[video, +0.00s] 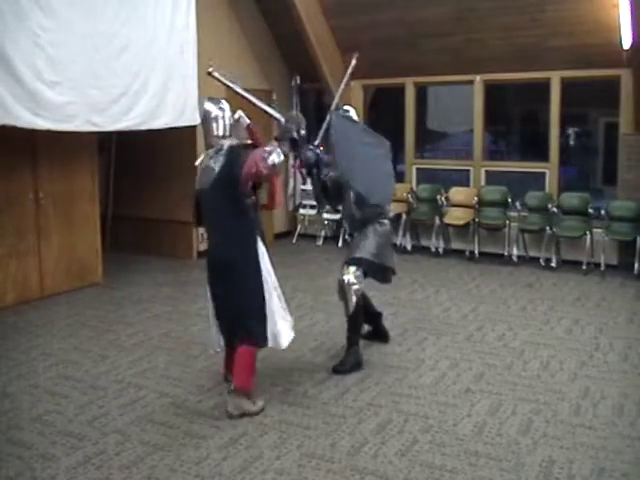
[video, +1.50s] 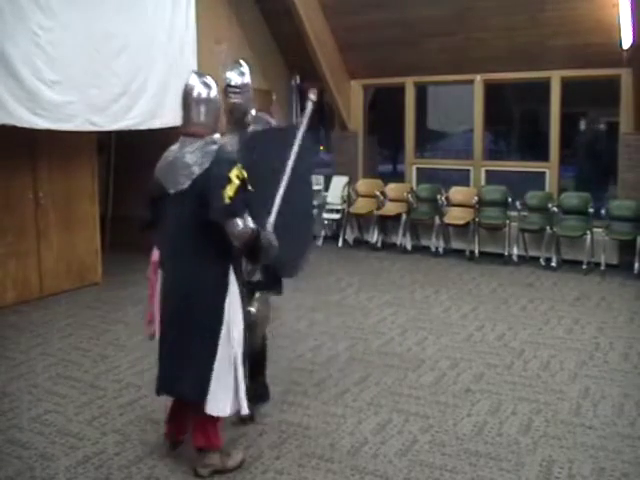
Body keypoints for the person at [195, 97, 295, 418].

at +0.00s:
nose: (250, 130)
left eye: (246, 125)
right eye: (247, 127)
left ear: (216, 132)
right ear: (242, 130)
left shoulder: (207, 162)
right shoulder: (245, 158)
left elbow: (199, 214)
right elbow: (266, 163)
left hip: (217, 250)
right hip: (243, 248)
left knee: (230, 314)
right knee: (252, 317)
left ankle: (232, 373)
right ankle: (241, 393)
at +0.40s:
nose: (212, 124)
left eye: (204, 121)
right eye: (212, 120)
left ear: (185, 127)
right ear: (215, 126)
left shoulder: (179, 161)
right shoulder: (225, 159)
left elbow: (174, 210)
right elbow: (239, 201)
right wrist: (261, 189)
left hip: (195, 257)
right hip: (229, 256)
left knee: (197, 327)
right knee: (242, 324)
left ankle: (178, 396)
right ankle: (239, 397)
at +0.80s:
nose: (187, 118)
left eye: (182, 114)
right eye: (184, 113)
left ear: (150, 122)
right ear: (181, 118)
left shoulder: (152, 159)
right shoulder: (189, 156)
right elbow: (236, 200)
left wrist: (226, 163)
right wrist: (241, 164)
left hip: (162, 263)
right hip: (196, 261)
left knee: (161, 338)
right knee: (213, 326)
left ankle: (161, 433)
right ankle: (219, 402)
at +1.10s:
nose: (194, 116)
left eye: (189, 111)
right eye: (191, 111)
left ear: (156, 117)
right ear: (189, 114)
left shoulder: (151, 159)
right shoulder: (195, 159)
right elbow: (216, 221)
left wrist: (201, 152)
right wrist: (229, 206)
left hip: (161, 269)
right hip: (197, 271)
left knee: (163, 347)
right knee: (209, 349)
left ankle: (161, 436)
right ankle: (209, 447)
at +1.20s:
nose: (200, 119)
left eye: (191, 114)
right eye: (199, 114)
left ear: (161, 120)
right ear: (196, 119)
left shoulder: (153, 160)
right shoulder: (203, 161)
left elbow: (141, 215)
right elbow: (221, 223)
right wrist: (239, 211)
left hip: (165, 268)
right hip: (202, 270)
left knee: (167, 346)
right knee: (208, 350)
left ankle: (162, 436)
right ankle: (209, 449)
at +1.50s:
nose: (218, 119)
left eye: (213, 113)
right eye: (218, 113)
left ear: (183, 116)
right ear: (218, 118)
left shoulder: (168, 160)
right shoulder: (221, 162)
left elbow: (154, 216)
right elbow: (234, 225)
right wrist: (257, 240)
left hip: (177, 269)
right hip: (213, 274)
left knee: (188, 348)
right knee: (214, 354)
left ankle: (177, 427)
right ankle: (208, 448)